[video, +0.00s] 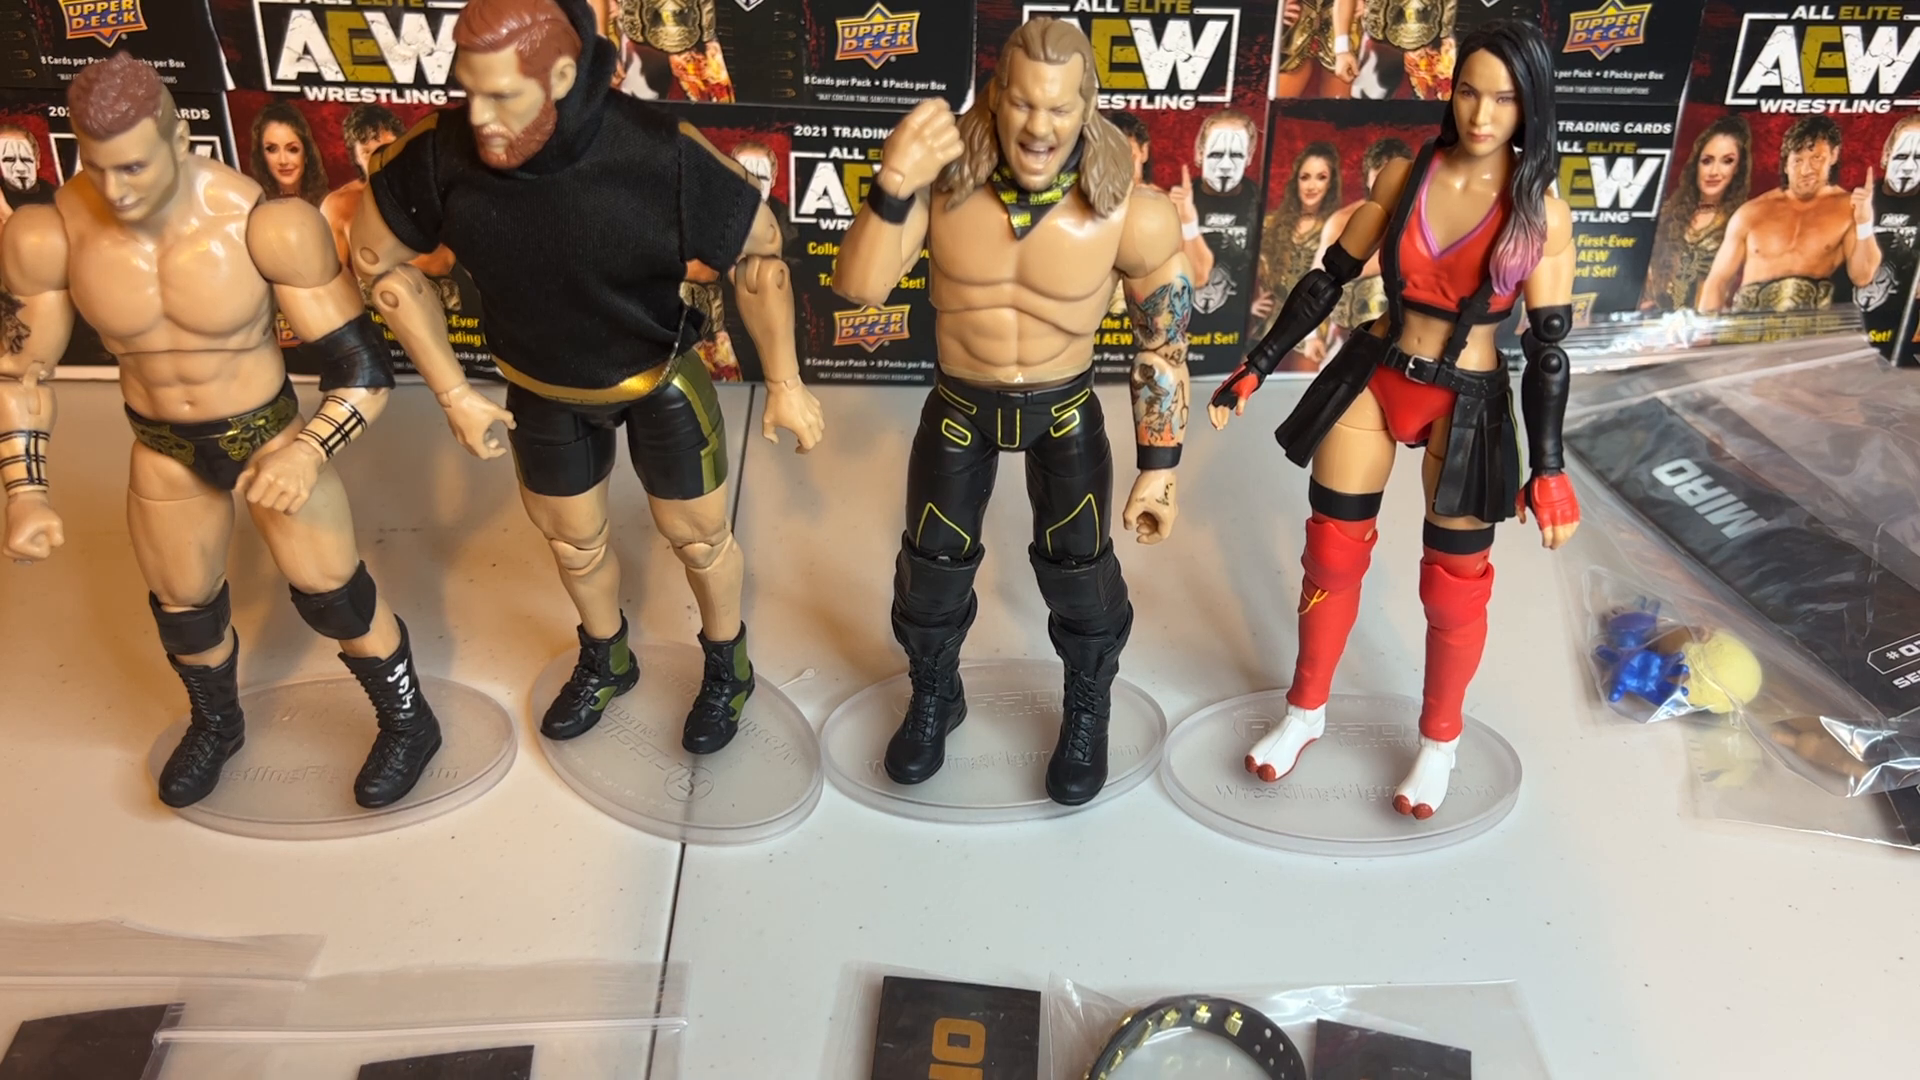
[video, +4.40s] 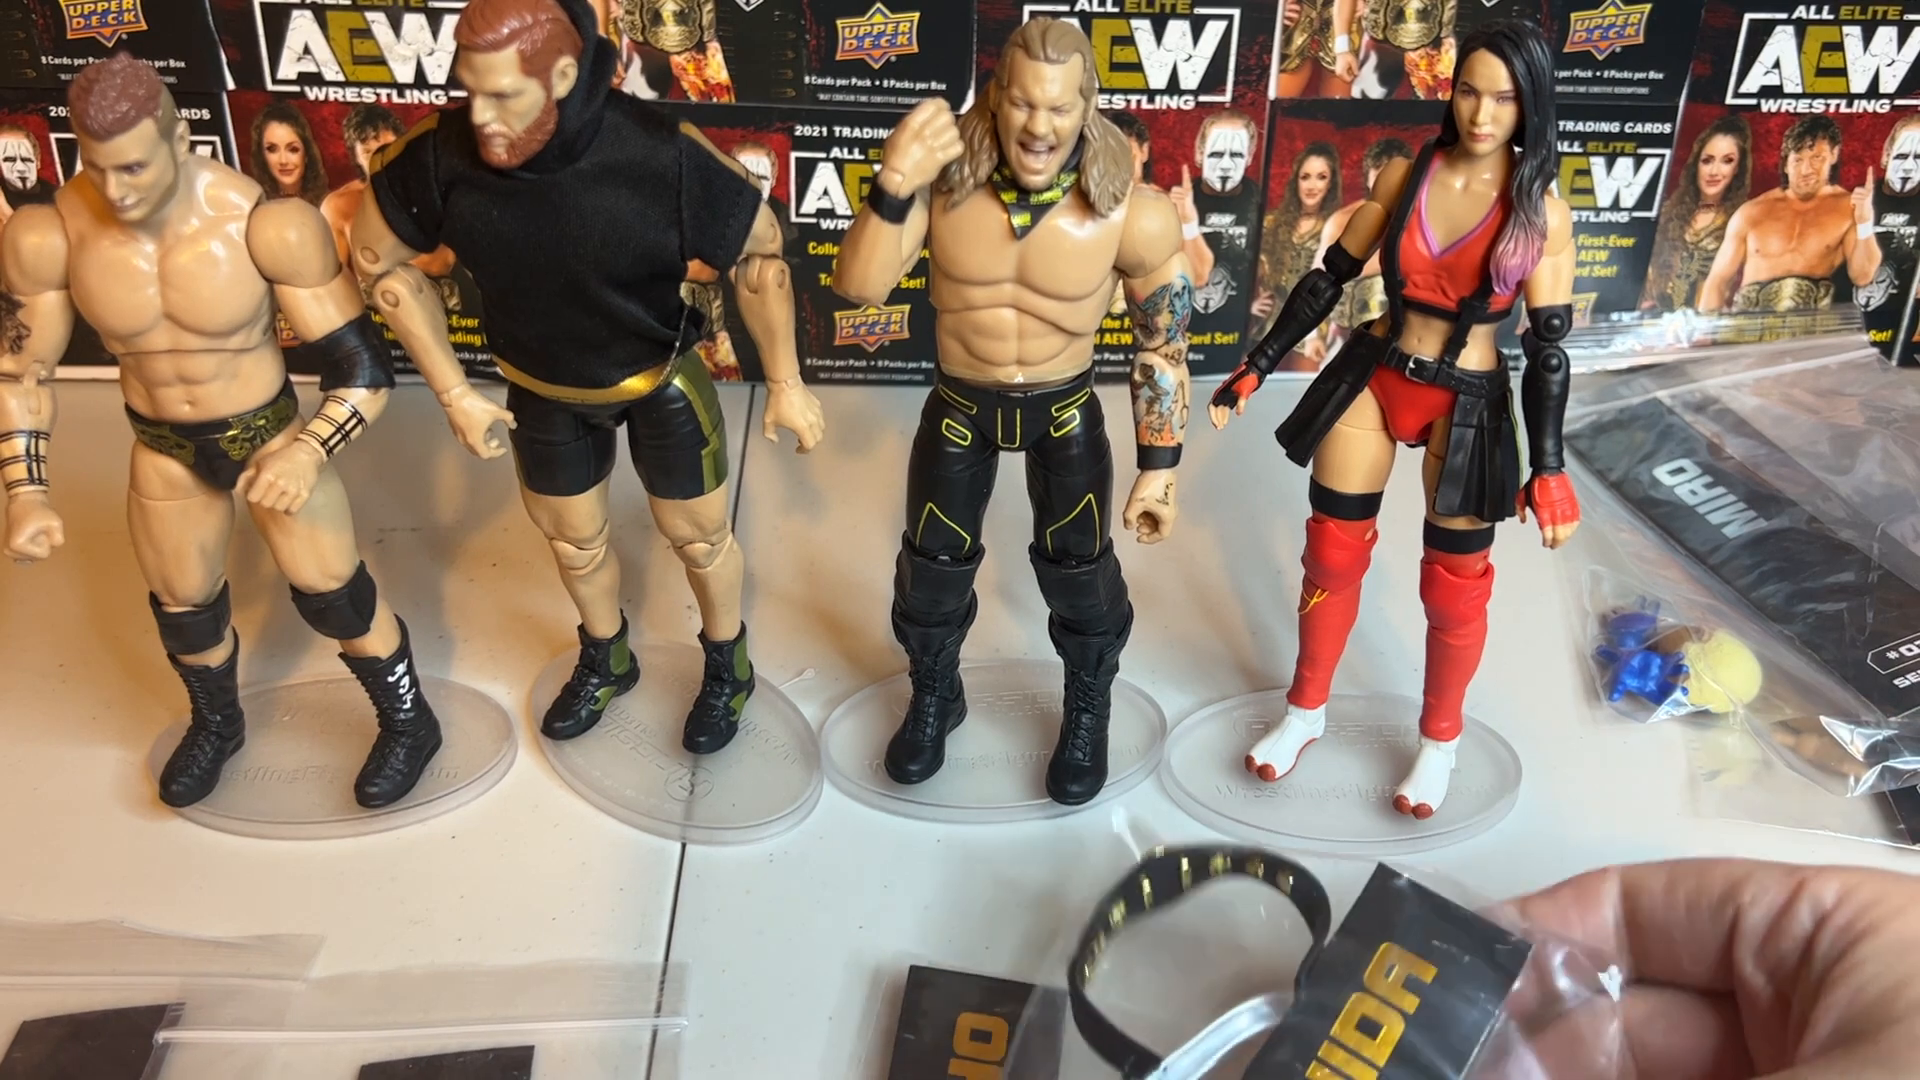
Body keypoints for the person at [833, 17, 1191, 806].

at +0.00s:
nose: (1039, 127)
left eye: (1060, 109)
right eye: (1024, 104)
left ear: (1086, 106)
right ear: (995, 95)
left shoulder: (1129, 207)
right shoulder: (943, 176)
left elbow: (1163, 338)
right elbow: (858, 288)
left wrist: (1161, 464)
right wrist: (892, 190)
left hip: (1064, 408)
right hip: (959, 403)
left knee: (1078, 568)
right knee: (932, 562)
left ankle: (1086, 713)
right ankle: (932, 699)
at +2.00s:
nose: (1040, 127)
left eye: (1060, 109)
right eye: (1024, 104)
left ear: (1086, 107)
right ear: (995, 95)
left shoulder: (1130, 208)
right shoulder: (944, 177)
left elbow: (1163, 338)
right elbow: (857, 287)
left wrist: (1161, 464)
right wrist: (892, 190)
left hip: (1064, 409)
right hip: (959, 404)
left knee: (1078, 568)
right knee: (932, 562)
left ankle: (1086, 713)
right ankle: (932, 699)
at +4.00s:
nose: (1040, 127)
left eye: (1060, 109)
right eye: (1024, 104)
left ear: (1087, 106)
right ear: (995, 95)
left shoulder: (1131, 209)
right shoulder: (944, 176)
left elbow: (1162, 340)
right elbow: (858, 287)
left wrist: (1161, 465)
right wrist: (892, 189)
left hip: (1064, 409)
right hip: (959, 404)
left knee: (1078, 570)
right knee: (933, 563)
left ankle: (1087, 713)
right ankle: (933, 698)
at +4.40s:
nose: (1040, 126)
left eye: (1060, 109)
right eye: (1024, 104)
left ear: (1086, 106)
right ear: (995, 95)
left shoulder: (1130, 207)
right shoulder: (944, 176)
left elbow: (1162, 337)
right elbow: (857, 287)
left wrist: (1161, 464)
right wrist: (892, 190)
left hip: (1064, 408)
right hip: (959, 403)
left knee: (1078, 569)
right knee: (932, 563)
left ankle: (1086, 712)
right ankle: (933, 699)